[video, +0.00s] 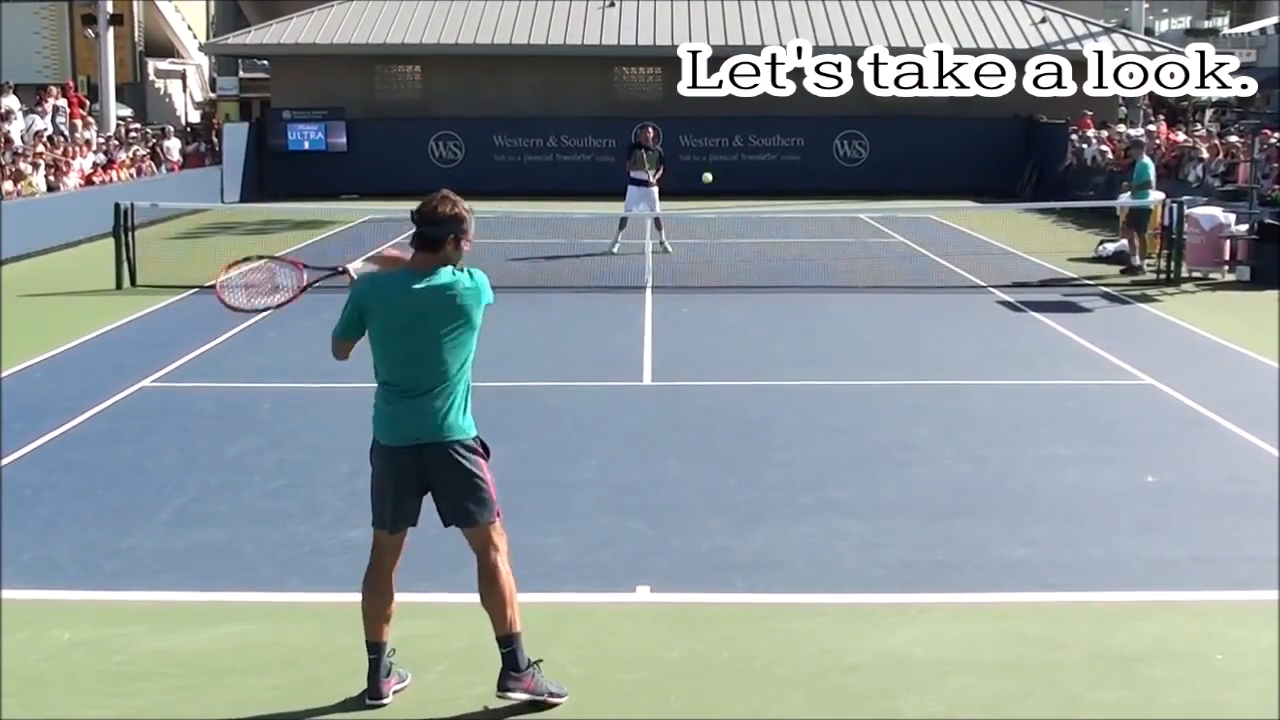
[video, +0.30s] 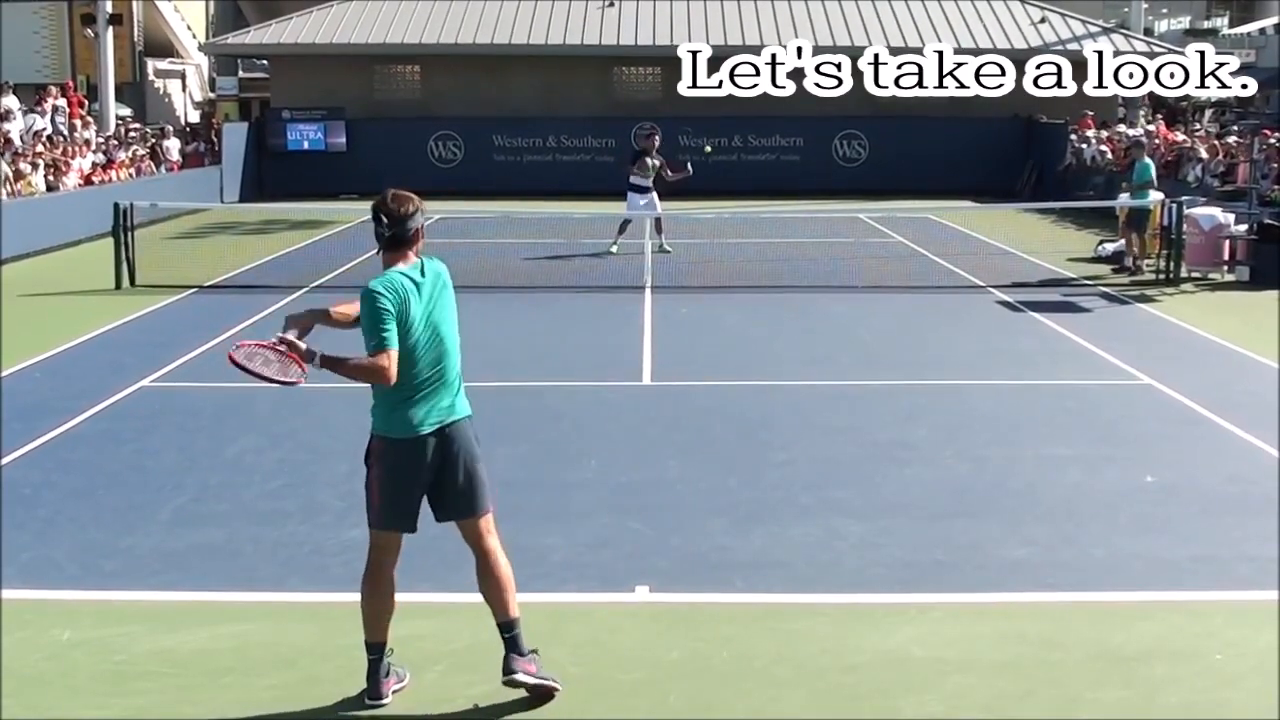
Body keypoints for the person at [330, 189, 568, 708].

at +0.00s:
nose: (470, 247)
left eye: (468, 238)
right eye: (468, 239)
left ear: (418, 238)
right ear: (455, 243)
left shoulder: (371, 286)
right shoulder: (470, 287)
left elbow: (341, 348)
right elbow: (436, 274)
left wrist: (361, 288)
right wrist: (395, 260)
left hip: (392, 444)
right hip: (453, 441)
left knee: (383, 554)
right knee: (491, 547)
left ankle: (377, 676)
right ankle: (516, 670)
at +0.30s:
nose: (422, 236)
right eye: (423, 228)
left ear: (376, 236)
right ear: (419, 234)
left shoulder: (378, 292)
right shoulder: (438, 272)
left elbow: (384, 372)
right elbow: (373, 308)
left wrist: (319, 359)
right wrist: (317, 316)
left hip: (398, 443)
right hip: (455, 431)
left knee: (382, 557)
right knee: (486, 541)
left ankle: (378, 674)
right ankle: (518, 655)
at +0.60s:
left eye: (392, 238)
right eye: (426, 235)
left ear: (390, 242)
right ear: (434, 241)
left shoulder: (386, 296)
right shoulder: (463, 289)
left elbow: (388, 379)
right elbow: (477, 369)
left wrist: (350, 403)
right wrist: (411, 393)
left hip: (416, 446)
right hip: (471, 437)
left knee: (387, 553)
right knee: (499, 537)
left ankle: (379, 671)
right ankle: (544, 644)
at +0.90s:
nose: (504, 247)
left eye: (495, 239)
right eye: (504, 241)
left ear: (459, 245)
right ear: (501, 246)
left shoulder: (426, 295)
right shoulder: (515, 298)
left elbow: (415, 369)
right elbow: (542, 377)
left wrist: (472, 365)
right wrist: (531, 430)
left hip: (440, 448)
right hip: (499, 443)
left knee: (413, 552)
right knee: (547, 536)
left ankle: (379, 668)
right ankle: (545, 658)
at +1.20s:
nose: (591, 245)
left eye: (587, 237)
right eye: (591, 238)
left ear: (549, 238)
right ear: (584, 243)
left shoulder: (538, 279)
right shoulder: (553, 288)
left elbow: (603, 295)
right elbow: (549, 363)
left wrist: (662, 293)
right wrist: (620, 369)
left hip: (506, 422)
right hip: (536, 424)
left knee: (529, 525)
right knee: (575, 536)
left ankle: (473, 623)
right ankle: (546, 658)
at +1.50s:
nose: (672, 294)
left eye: (671, 286)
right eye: (673, 287)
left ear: (634, 278)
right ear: (665, 290)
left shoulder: (629, 318)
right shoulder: (618, 319)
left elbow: (677, 343)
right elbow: (577, 360)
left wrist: (743, 357)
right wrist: (574, 405)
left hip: (542, 440)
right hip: (572, 444)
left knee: (580, 521)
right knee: (644, 537)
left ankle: (542, 618)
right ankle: (670, 659)